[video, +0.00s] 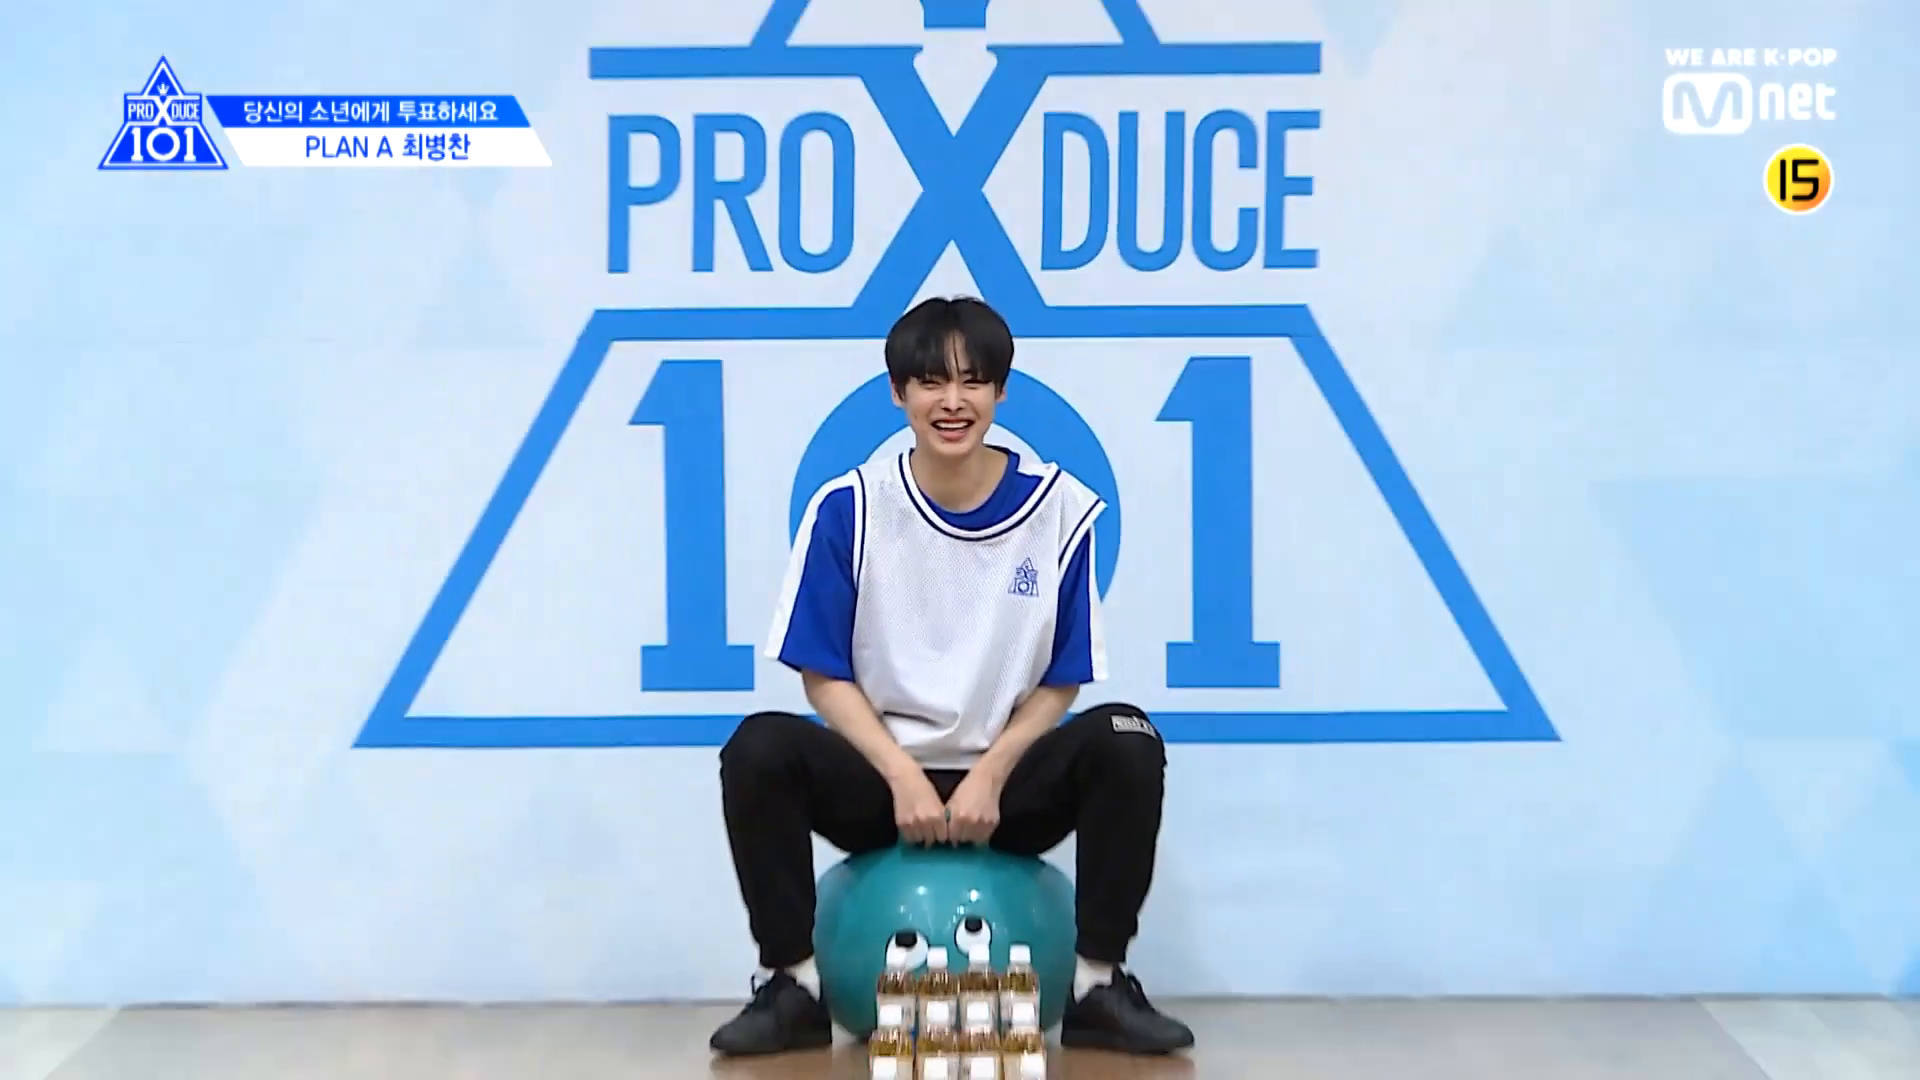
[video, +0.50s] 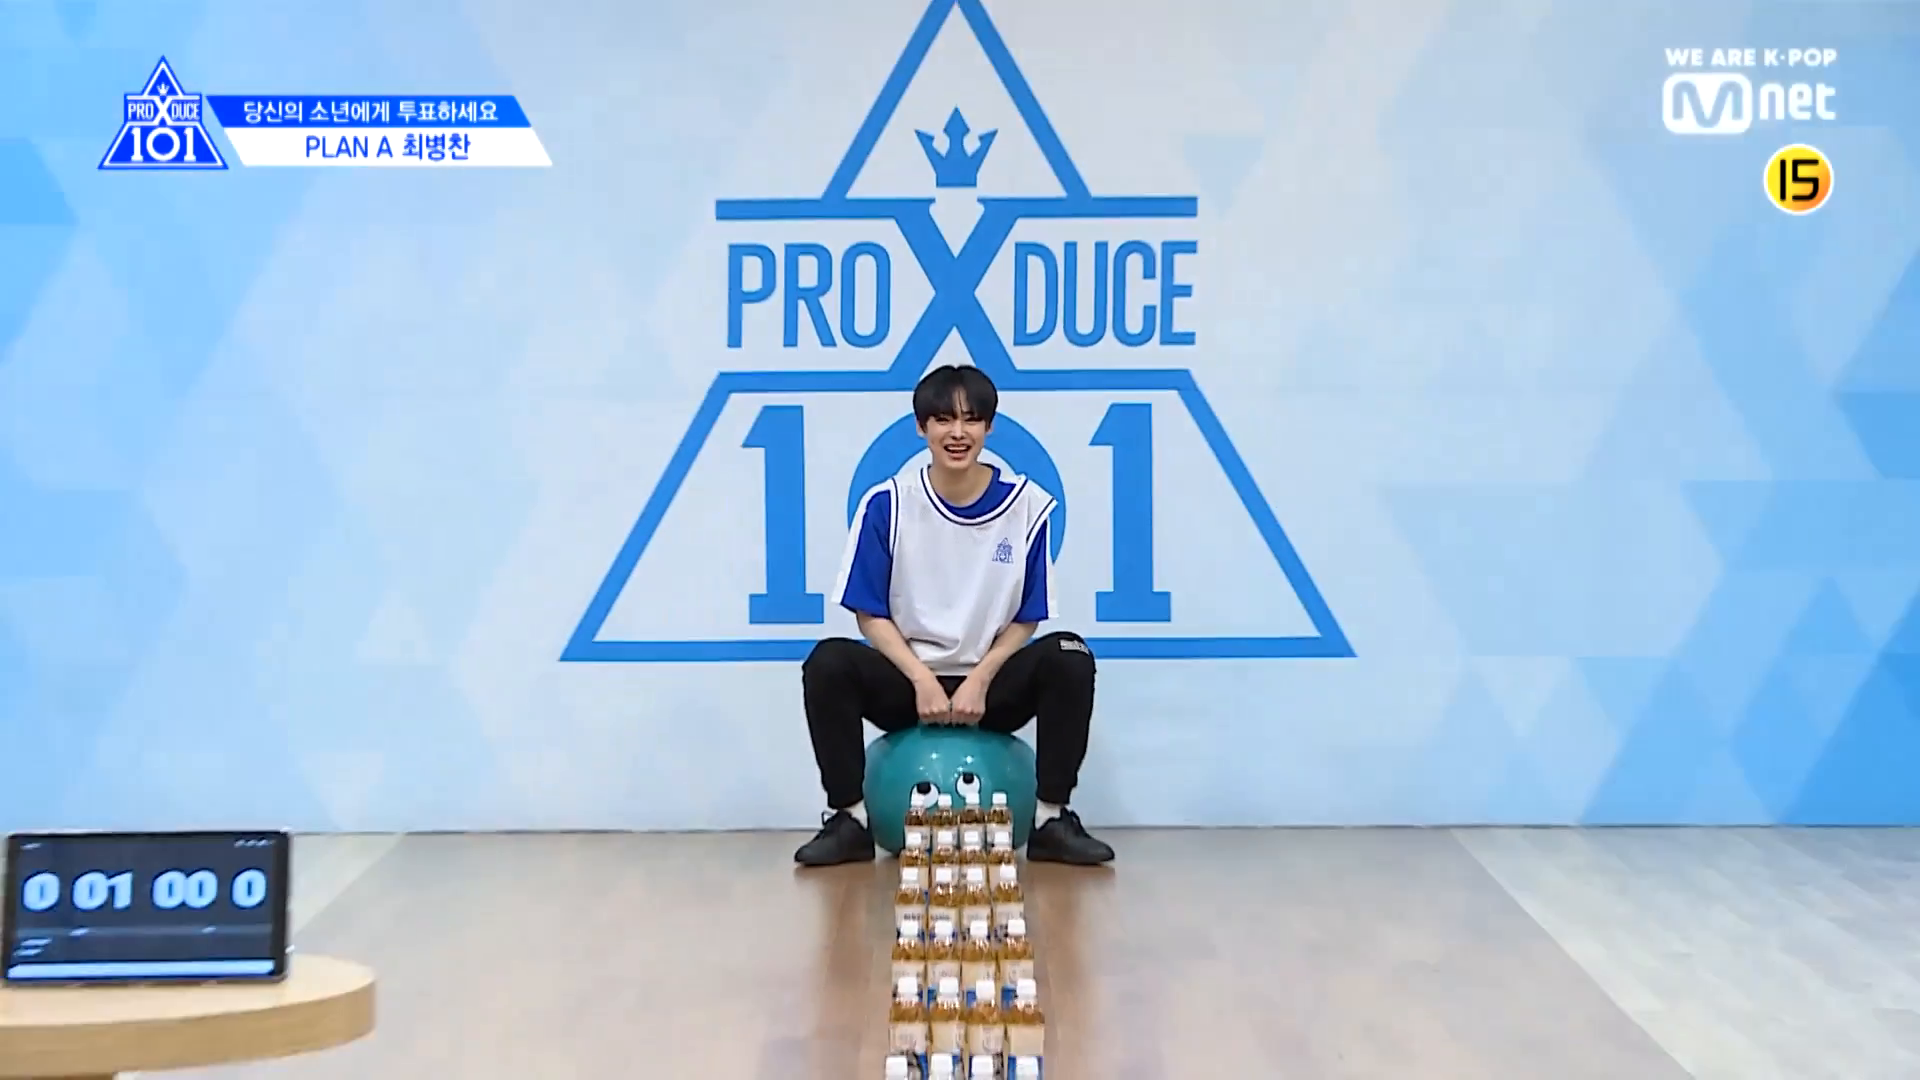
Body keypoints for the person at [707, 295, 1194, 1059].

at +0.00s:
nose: (953, 399)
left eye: (973, 379)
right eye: (931, 379)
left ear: (1000, 389)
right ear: (900, 391)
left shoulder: (1062, 509)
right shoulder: (847, 507)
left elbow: (1063, 677)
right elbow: (822, 672)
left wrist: (992, 771)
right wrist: (901, 773)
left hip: (1012, 779)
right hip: (879, 780)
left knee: (1129, 739)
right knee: (756, 747)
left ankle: (1100, 989)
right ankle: (792, 988)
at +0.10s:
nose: (953, 404)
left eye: (972, 385)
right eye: (934, 385)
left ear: (997, 395)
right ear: (906, 396)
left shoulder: (1053, 505)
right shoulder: (856, 502)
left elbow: (1054, 658)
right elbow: (833, 652)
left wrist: (989, 744)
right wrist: (905, 745)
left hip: (1008, 751)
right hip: (886, 754)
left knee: (1113, 714)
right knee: (774, 722)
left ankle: (1088, 943)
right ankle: (807, 942)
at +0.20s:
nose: (954, 410)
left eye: (971, 394)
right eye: (936, 394)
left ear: (994, 402)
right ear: (911, 403)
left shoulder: (1047, 503)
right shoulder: (866, 500)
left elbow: (1047, 643)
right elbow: (843, 639)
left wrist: (986, 722)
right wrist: (910, 723)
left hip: (1004, 729)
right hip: (892, 730)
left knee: (1100, 696)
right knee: (790, 702)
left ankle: (1077, 906)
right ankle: (819, 905)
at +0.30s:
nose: (956, 417)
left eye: (971, 402)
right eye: (939, 401)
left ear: (992, 409)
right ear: (915, 410)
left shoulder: (1039, 502)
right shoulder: (872, 500)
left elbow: (1040, 632)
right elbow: (853, 628)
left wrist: (985, 704)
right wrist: (914, 704)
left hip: (1000, 711)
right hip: (897, 712)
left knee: (1089, 680)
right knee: (802, 686)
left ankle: (1067, 873)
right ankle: (831, 871)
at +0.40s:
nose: (957, 424)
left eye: (971, 410)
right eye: (941, 410)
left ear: (990, 417)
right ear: (919, 418)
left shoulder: (1034, 503)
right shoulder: (880, 501)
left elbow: (1034, 622)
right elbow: (861, 619)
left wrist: (982, 690)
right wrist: (918, 690)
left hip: (997, 695)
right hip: (902, 696)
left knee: (1079, 667)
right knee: (815, 672)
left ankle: (1060, 845)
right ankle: (841, 844)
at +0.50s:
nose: (958, 431)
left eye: (971, 419)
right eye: (944, 419)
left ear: (988, 426)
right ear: (923, 426)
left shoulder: (1029, 505)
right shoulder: (887, 503)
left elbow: (1028, 616)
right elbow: (869, 612)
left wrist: (980, 678)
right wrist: (921, 678)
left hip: (994, 682)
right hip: (906, 683)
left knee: (1070, 656)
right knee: (827, 661)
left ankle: (1052, 821)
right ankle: (849, 820)